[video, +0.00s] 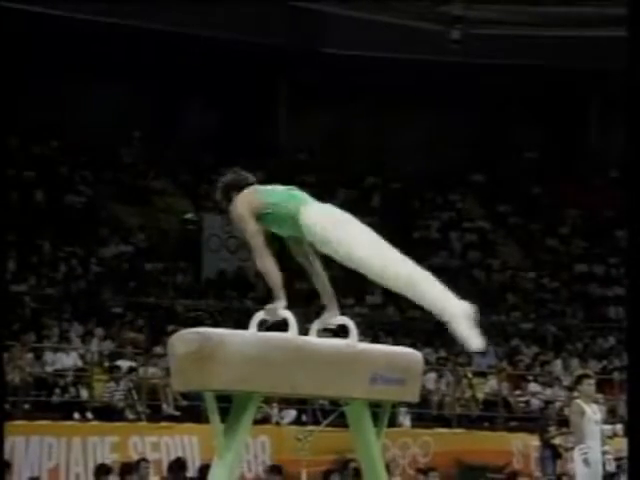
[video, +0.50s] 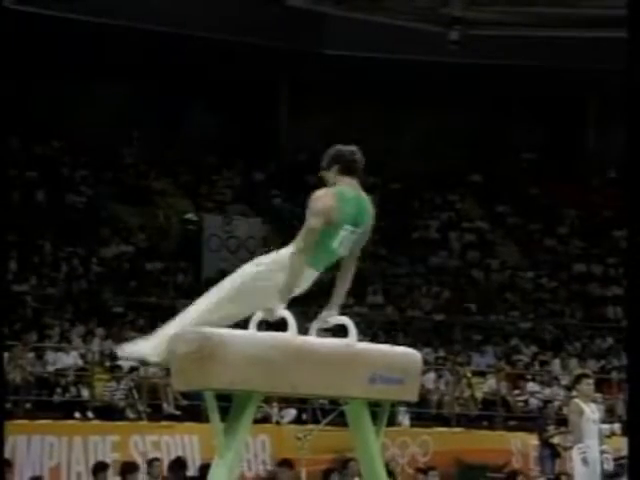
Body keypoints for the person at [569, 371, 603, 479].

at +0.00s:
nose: (592, 388)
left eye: (593, 385)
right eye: (588, 385)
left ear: (595, 386)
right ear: (579, 387)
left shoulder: (594, 406)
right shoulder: (577, 405)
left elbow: (596, 429)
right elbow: (577, 430)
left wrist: (614, 430)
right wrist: (583, 453)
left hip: (596, 449)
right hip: (585, 450)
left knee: (597, 474)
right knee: (585, 475)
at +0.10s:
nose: (592, 388)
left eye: (593, 385)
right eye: (588, 384)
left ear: (595, 386)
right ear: (578, 387)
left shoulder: (594, 406)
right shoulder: (576, 405)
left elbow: (596, 429)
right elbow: (577, 430)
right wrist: (582, 453)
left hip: (596, 449)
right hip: (585, 450)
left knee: (597, 474)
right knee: (585, 475)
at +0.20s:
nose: (592, 388)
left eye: (593, 385)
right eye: (588, 384)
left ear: (595, 386)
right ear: (578, 387)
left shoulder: (594, 406)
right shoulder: (576, 405)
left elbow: (596, 429)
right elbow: (576, 430)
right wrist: (582, 453)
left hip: (596, 450)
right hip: (585, 451)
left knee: (597, 474)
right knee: (585, 475)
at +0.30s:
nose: (591, 388)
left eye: (592, 384)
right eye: (587, 384)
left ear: (595, 386)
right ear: (578, 387)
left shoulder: (594, 406)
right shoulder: (576, 405)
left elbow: (595, 428)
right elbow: (576, 430)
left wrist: (611, 429)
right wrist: (582, 453)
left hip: (595, 448)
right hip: (584, 450)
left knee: (596, 474)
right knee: (585, 475)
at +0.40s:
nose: (591, 388)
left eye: (592, 384)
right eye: (587, 384)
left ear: (594, 386)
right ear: (577, 387)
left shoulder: (593, 406)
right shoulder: (575, 404)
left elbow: (594, 428)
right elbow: (575, 429)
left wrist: (611, 429)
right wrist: (581, 452)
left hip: (595, 447)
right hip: (584, 449)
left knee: (595, 473)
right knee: (585, 474)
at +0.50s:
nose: (591, 388)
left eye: (592, 384)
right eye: (587, 384)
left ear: (594, 386)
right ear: (577, 387)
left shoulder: (593, 406)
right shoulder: (575, 405)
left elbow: (594, 428)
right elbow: (575, 429)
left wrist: (611, 429)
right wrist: (581, 452)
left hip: (595, 448)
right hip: (584, 449)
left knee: (595, 474)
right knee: (584, 475)